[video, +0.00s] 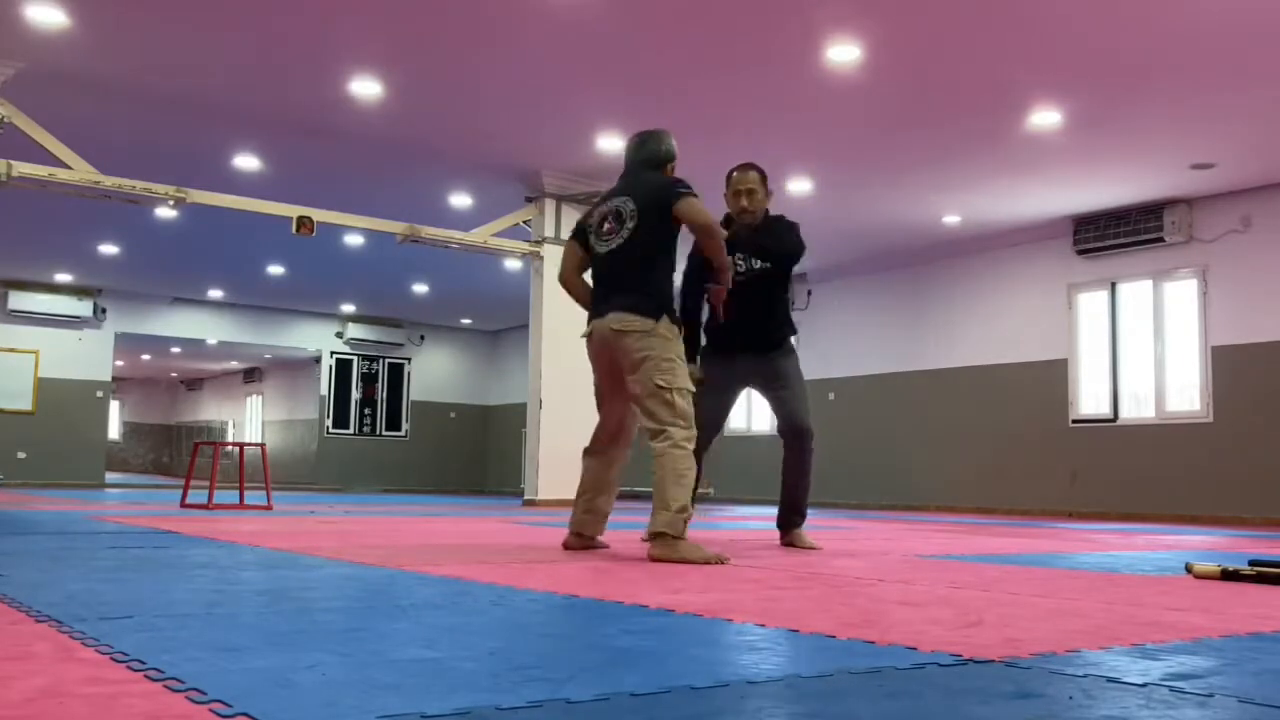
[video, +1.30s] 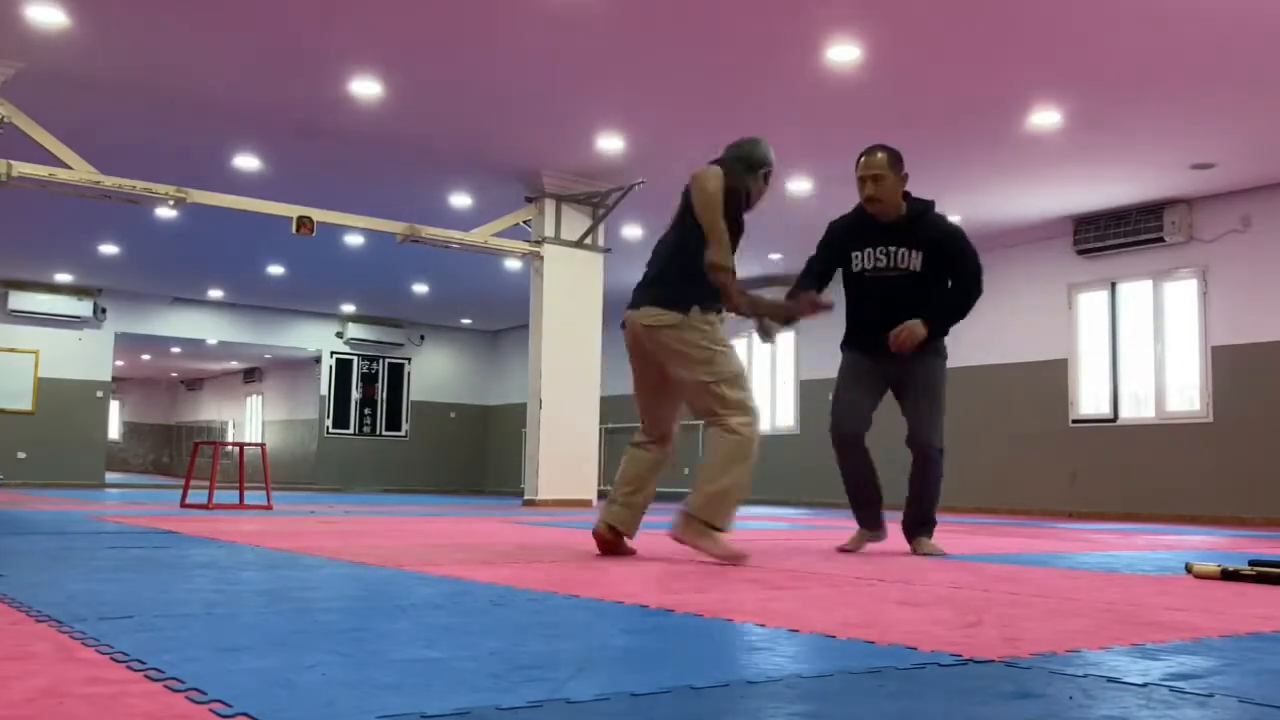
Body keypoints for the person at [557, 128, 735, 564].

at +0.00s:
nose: (677, 170)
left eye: (676, 164)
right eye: (676, 164)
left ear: (629, 163)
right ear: (668, 165)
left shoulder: (598, 208)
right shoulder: (667, 187)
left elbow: (568, 275)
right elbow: (704, 223)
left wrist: (602, 311)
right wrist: (722, 275)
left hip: (600, 327)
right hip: (646, 325)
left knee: (613, 427)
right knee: (674, 429)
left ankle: (583, 530)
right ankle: (668, 537)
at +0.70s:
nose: (724, 214)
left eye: (725, 207)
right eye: (723, 204)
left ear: (680, 183)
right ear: (711, 191)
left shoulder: (644, 222)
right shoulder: (701, 186)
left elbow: (622, 284)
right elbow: (697, 211)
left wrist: (606, 325)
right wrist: (720, 285)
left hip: (619, 336)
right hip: (665, 334)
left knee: (635, 432)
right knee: (718, 432)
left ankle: (606, 531)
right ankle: (720, 534)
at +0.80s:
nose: (731, 200)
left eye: (730, 193)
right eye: (732, 193)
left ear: (689, 181)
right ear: (723, 188)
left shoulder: (658, 216)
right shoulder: (709, 195)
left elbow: (631, 281)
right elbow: (721, 220)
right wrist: (741, 292)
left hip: (627, 334)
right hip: (670, 332)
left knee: (644, 431)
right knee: (725, 428)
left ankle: (606, 529)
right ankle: (719, 531)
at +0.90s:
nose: (747, 184)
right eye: (746, 177)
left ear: (696, 170)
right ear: (738, 173)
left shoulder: (664, 209)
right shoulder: (732, 194)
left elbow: (627, 276)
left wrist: (659, 311)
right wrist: (778, 311)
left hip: (645, 329)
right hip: (690, 327)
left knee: (648, 432)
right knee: (746, 423)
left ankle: (605, 528)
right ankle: (758, 529)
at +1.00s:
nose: (768, 170)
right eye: (768, 164)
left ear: (718, 159)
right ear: (762, 163)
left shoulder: (680, 200)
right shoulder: (761, 192)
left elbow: (647, 263)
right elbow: (797, 271)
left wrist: (680, 295)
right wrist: (810, 318)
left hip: (666, 325)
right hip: (715, 325)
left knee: (660, 429)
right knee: (760, 431)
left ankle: (614, 523)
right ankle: (770, 540)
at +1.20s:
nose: (767, 155)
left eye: (764, 148)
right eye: (766, 148)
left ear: (718, 148)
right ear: (760, 148)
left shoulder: (697, 186)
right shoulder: (751, 169)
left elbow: (707, 261)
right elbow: (758, 213)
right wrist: (776, 289)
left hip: (669, 314)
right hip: (713, 314)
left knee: (666, 425)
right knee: (760, 426)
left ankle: (614, 519)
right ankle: (773, 539)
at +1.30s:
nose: (764, 194)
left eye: (767, 187)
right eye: (767, 184)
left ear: (732, 163)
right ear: (758, 174)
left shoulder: (722, 219)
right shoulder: (717, 176)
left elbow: (729, 297)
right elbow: (704, 179)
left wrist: (788, 308)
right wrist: (721, 253)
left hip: (642, 319)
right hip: (680, 320)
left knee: (656, 433)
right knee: (737, 421)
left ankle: (613, 524)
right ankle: (699, 523)